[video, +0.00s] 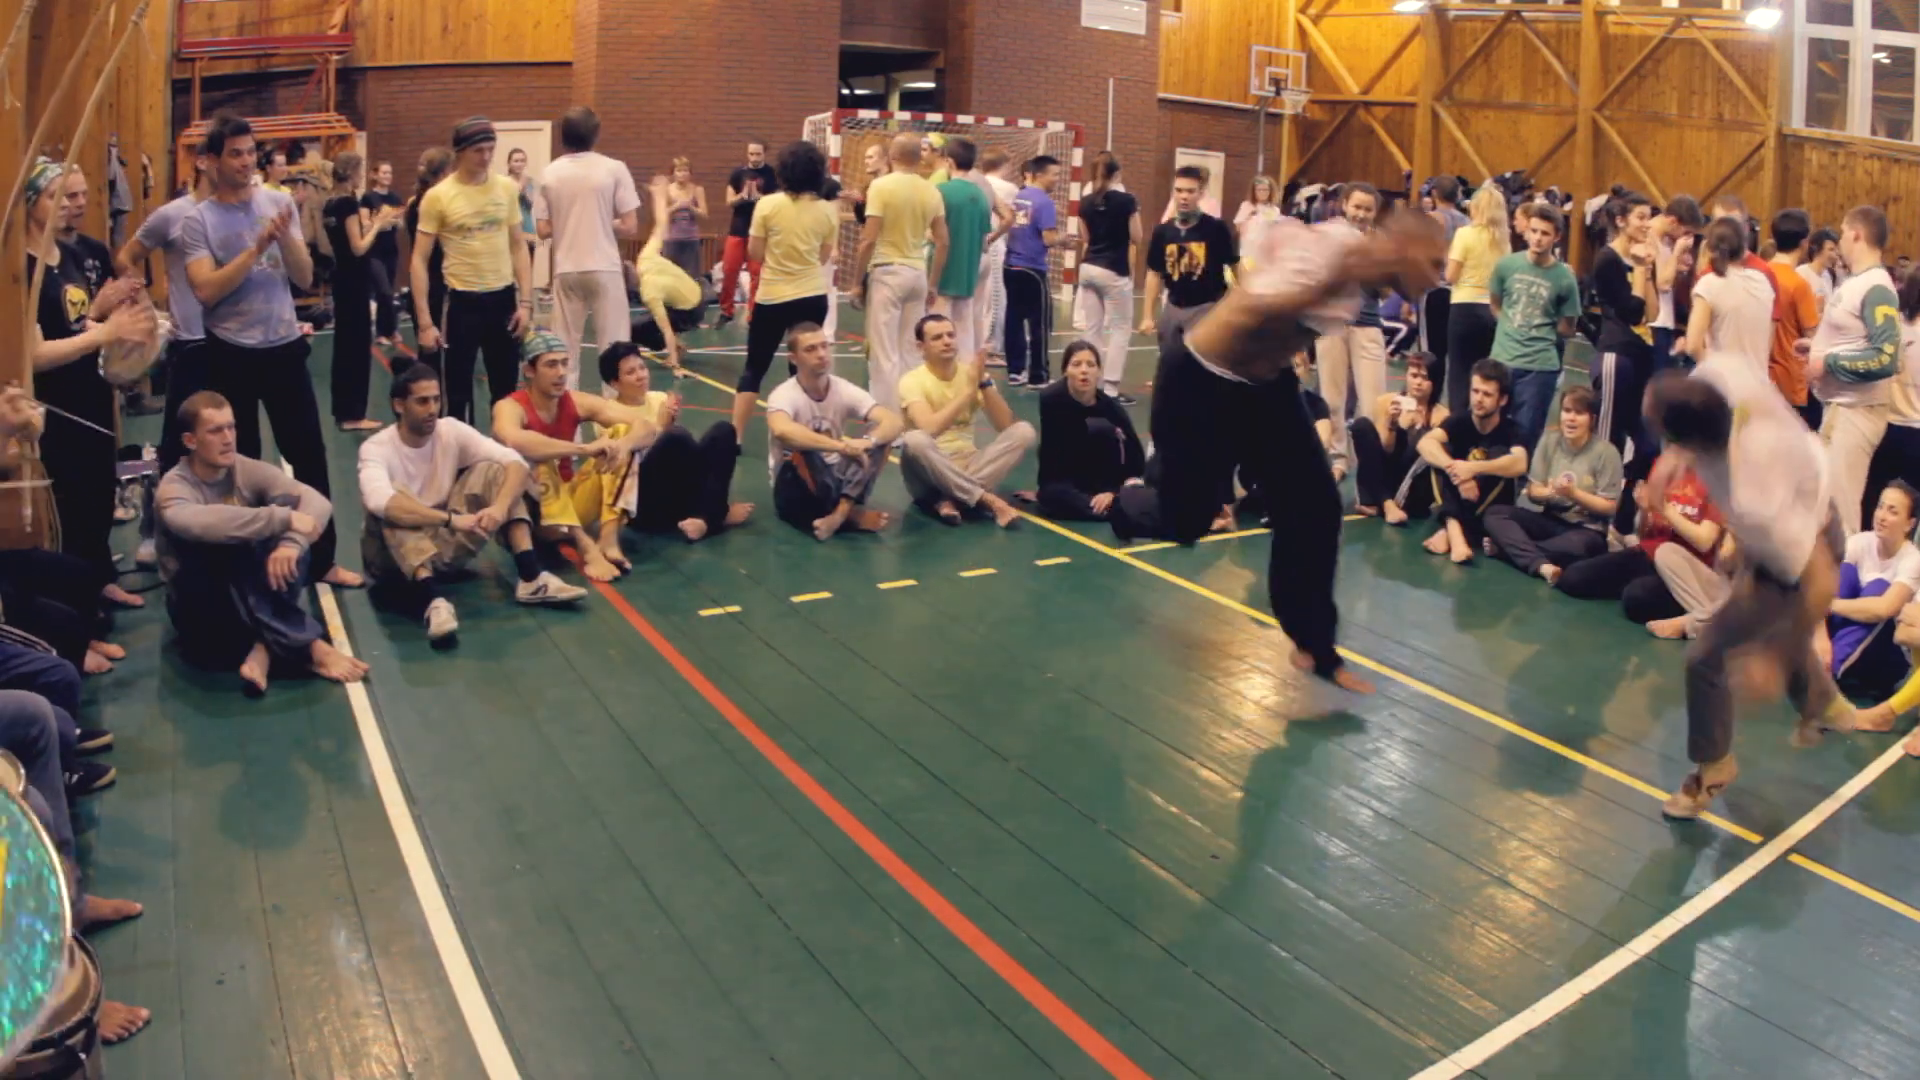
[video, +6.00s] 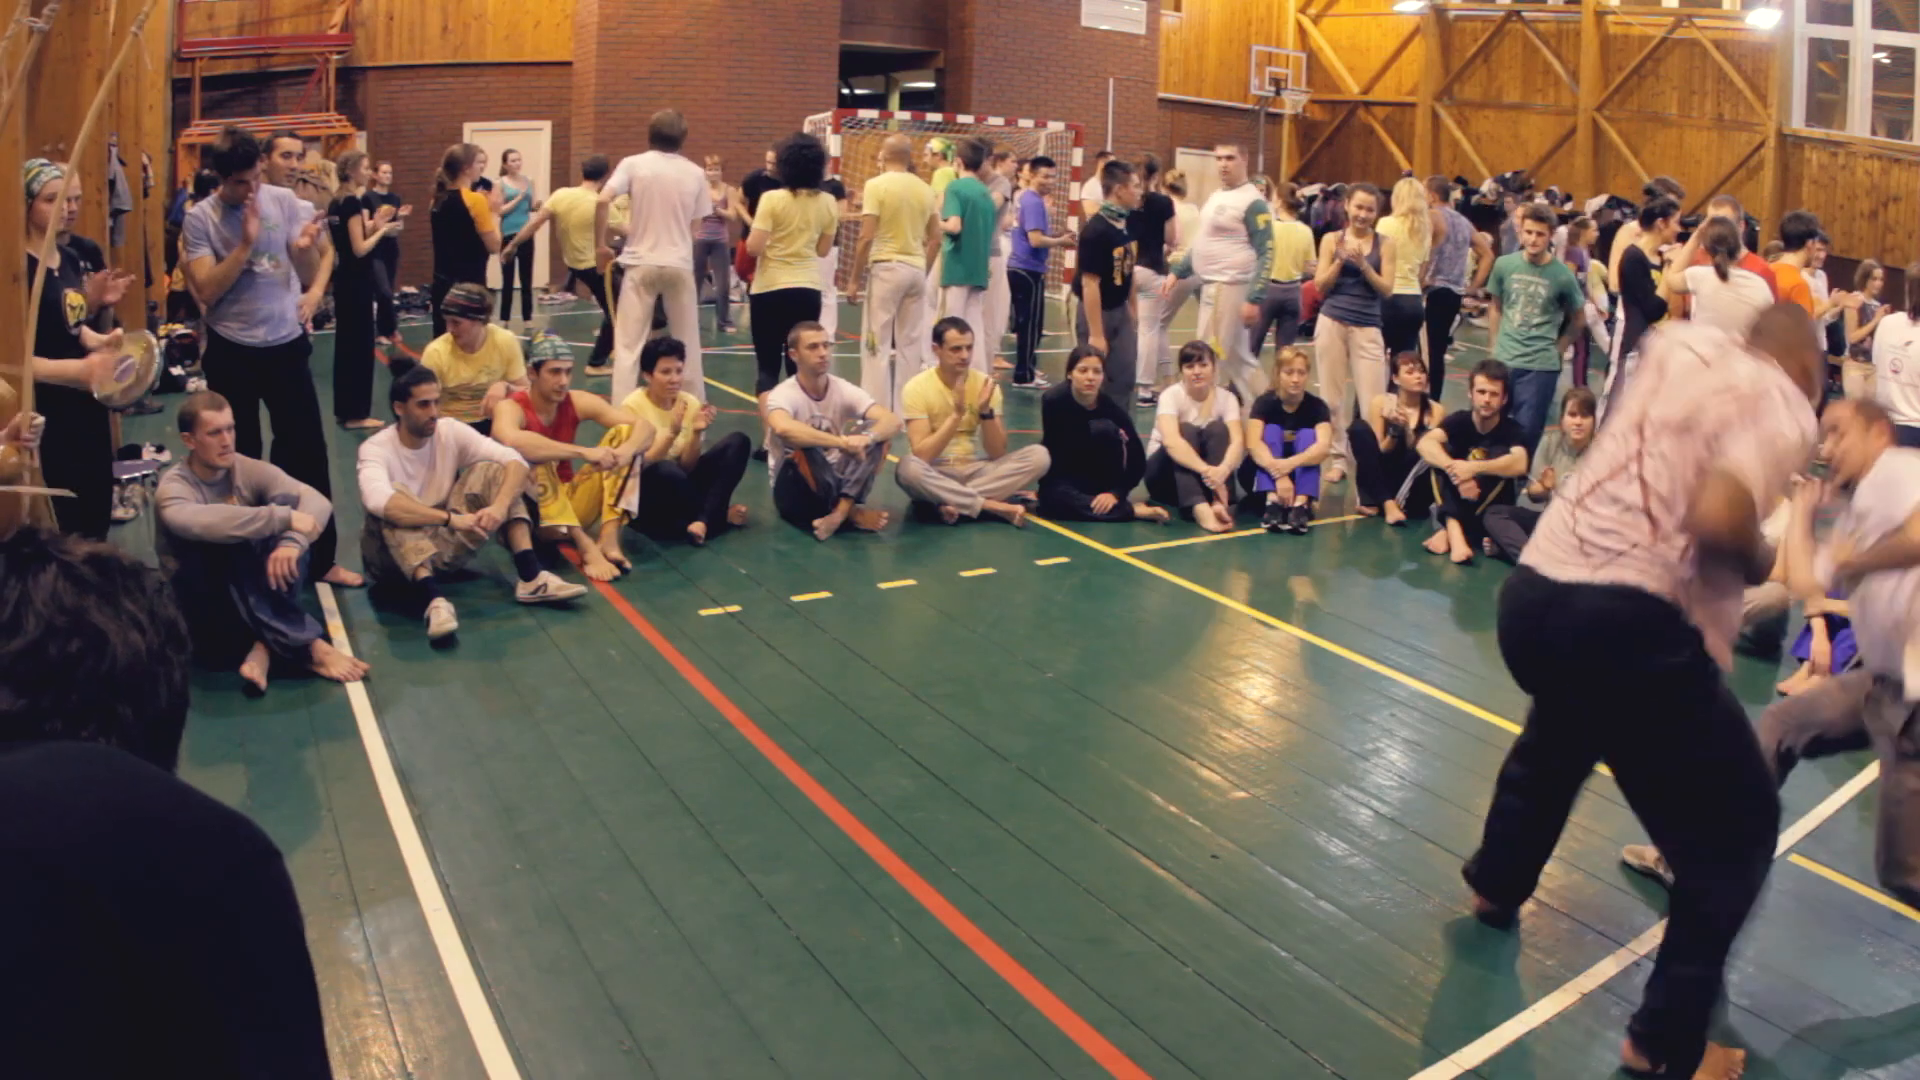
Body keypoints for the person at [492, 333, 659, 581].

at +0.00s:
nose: (561, 373)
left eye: (564, 364)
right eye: (551, 365)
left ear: (569, 366)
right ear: (529, 370)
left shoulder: (578, 402)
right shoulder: (509, 407)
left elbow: (648, 428)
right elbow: (513, 441)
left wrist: (625, 445)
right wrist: (584, 449)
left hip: (574, 505)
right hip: (527, 513)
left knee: (622, 432)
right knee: (541, 465)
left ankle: (609, 537)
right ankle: (586, 545)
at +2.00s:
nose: (555, 375)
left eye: (561, 367)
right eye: (546, 367)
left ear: (568, 369)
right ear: (530, 369)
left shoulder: (579, 403)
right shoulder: (511, 405)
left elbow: (636, 425)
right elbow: (512, 439)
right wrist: (586, 449)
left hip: (569, 507)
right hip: (525, 509)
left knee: (620, 440)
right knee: (543, 465)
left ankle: (609, 540)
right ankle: (586, 546)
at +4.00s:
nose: (563, 380)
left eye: (568, 371)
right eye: (554, 372)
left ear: (574, 371)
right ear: (532, 373)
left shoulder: (579, 403)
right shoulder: (510, 408)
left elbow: (647, 430)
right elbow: (508, 440)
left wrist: (623, 450)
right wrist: (584, 449)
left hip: (574, 504)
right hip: (530, 510)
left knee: (628, 433)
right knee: (538, 462)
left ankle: (609, 536)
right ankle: (586, 544)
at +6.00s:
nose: (563, 381)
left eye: (568, 372)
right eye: (555, 373)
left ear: (572, 372)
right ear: (532, 373)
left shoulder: (580, 402)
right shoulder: (510, 408)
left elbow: (644, 427)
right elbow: (509, 438)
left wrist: (627, 450)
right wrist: (583, 452)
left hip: (570, 507)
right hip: (527, 512)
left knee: (621, 435)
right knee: (539, 464)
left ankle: (609, 537)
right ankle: (586, 546)